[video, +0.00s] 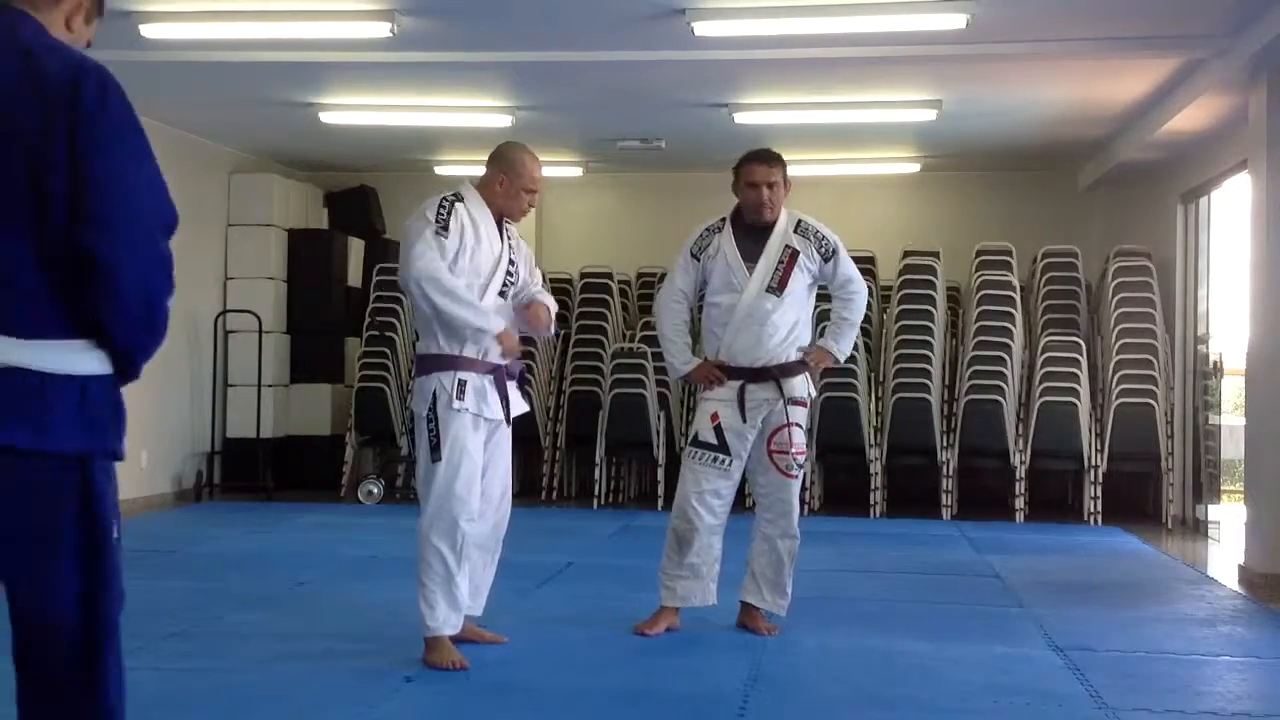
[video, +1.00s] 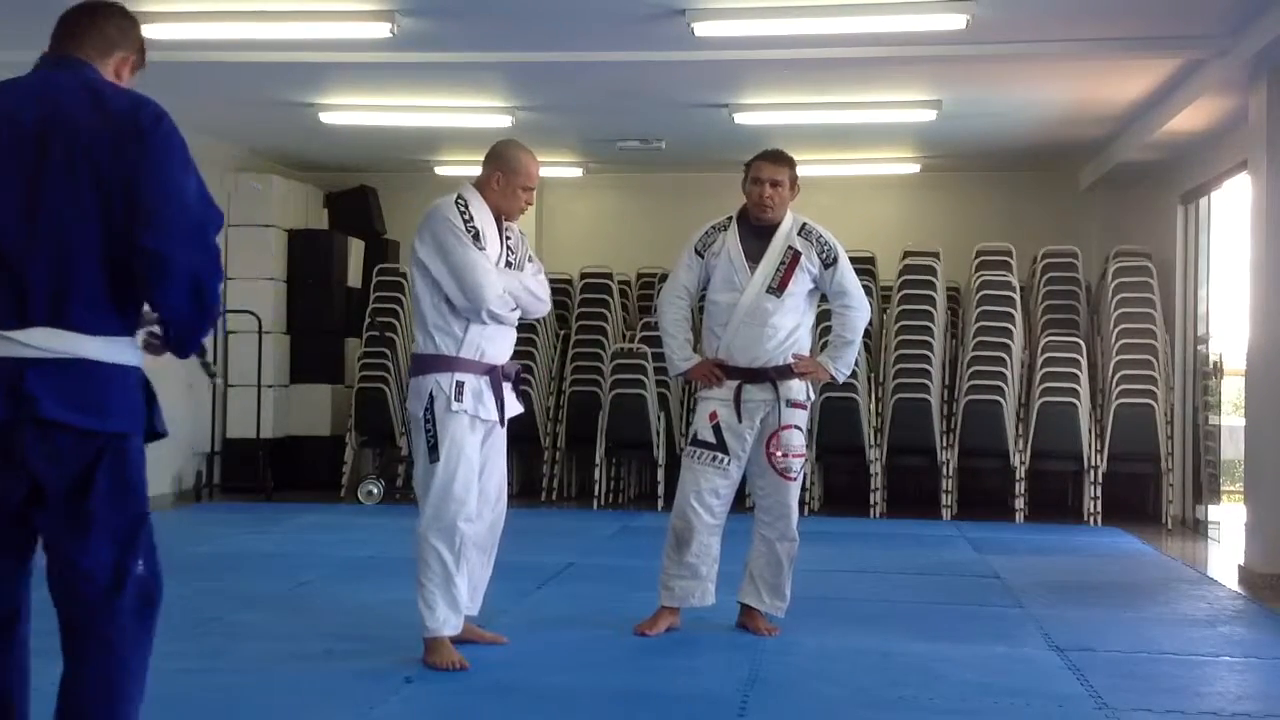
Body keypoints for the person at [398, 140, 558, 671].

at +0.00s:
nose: (533, 203)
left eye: (537, 192)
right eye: (528, 191)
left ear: (508, 185)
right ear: (499, 181)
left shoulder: (512, 242)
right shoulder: (443, 210)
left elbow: (536, 293)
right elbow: (422, 273)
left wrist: (540, 309)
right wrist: (495, 326)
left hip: (497, 389)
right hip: (451, 385)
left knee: (491, 508)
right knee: (450, 507)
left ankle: (463, 618)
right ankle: (439, 632)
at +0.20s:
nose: (527, 198)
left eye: (529, 189)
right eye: (521, 187)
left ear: (506, 182)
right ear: (489, 176)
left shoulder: (505, 230)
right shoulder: (440, 215)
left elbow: (548, 273)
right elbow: (484, 282)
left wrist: (508, 284)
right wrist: (539, 301)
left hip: (496, 390)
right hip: (452, 389)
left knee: (490, 509)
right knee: (449, 510)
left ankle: (463, 619)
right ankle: (437, 635)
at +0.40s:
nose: (526, 197)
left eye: (529, 188)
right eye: (520, 186)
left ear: (510, 183)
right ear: (488, 175)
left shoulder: (505, 227)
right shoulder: (442, 214)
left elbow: (553, 275)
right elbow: (489, 290)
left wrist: (499, 267)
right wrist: (527, 289)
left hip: (494, 391)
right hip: (450, 389)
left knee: (488, 509)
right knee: (448, 510)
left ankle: (462, 619)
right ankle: (437, 634)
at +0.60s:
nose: (529, 200)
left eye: (532, 189)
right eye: (523, 188)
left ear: (501, 183)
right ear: (491, 179)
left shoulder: (507, 233)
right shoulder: (445, 218)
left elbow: (540, 300)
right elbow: (483, 295)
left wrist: (492, 280)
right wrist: (523, 288)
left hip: (492, 391)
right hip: (449, 390)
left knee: (486, 509)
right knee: (448, 510)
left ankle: (462, 618)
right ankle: (438, 633)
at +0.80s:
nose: (530, 201)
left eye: (534, 190)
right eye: (525, 189)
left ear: (505, 182)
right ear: (494, 179)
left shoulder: (508, 232)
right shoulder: (447, 218)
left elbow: (541, 299)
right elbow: (484, 296)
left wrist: (495, 280)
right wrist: (525, 291)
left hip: (490, 392)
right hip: (447, 390)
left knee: (484, 509)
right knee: (448, 510)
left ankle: (460, 618)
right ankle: (438, 634)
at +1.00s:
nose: (530, 201)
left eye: (534, 190)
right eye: (525, 189)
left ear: (507, 183)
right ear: (494, 179)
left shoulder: (508, 233)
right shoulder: (447, 218)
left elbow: (542, 301)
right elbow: (483, 295)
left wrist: (495, 280)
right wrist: (524, 291)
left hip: (492, 391)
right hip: (448, 389)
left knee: (487, 509)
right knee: (448, 510)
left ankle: (461, 619)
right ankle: (438, 634)